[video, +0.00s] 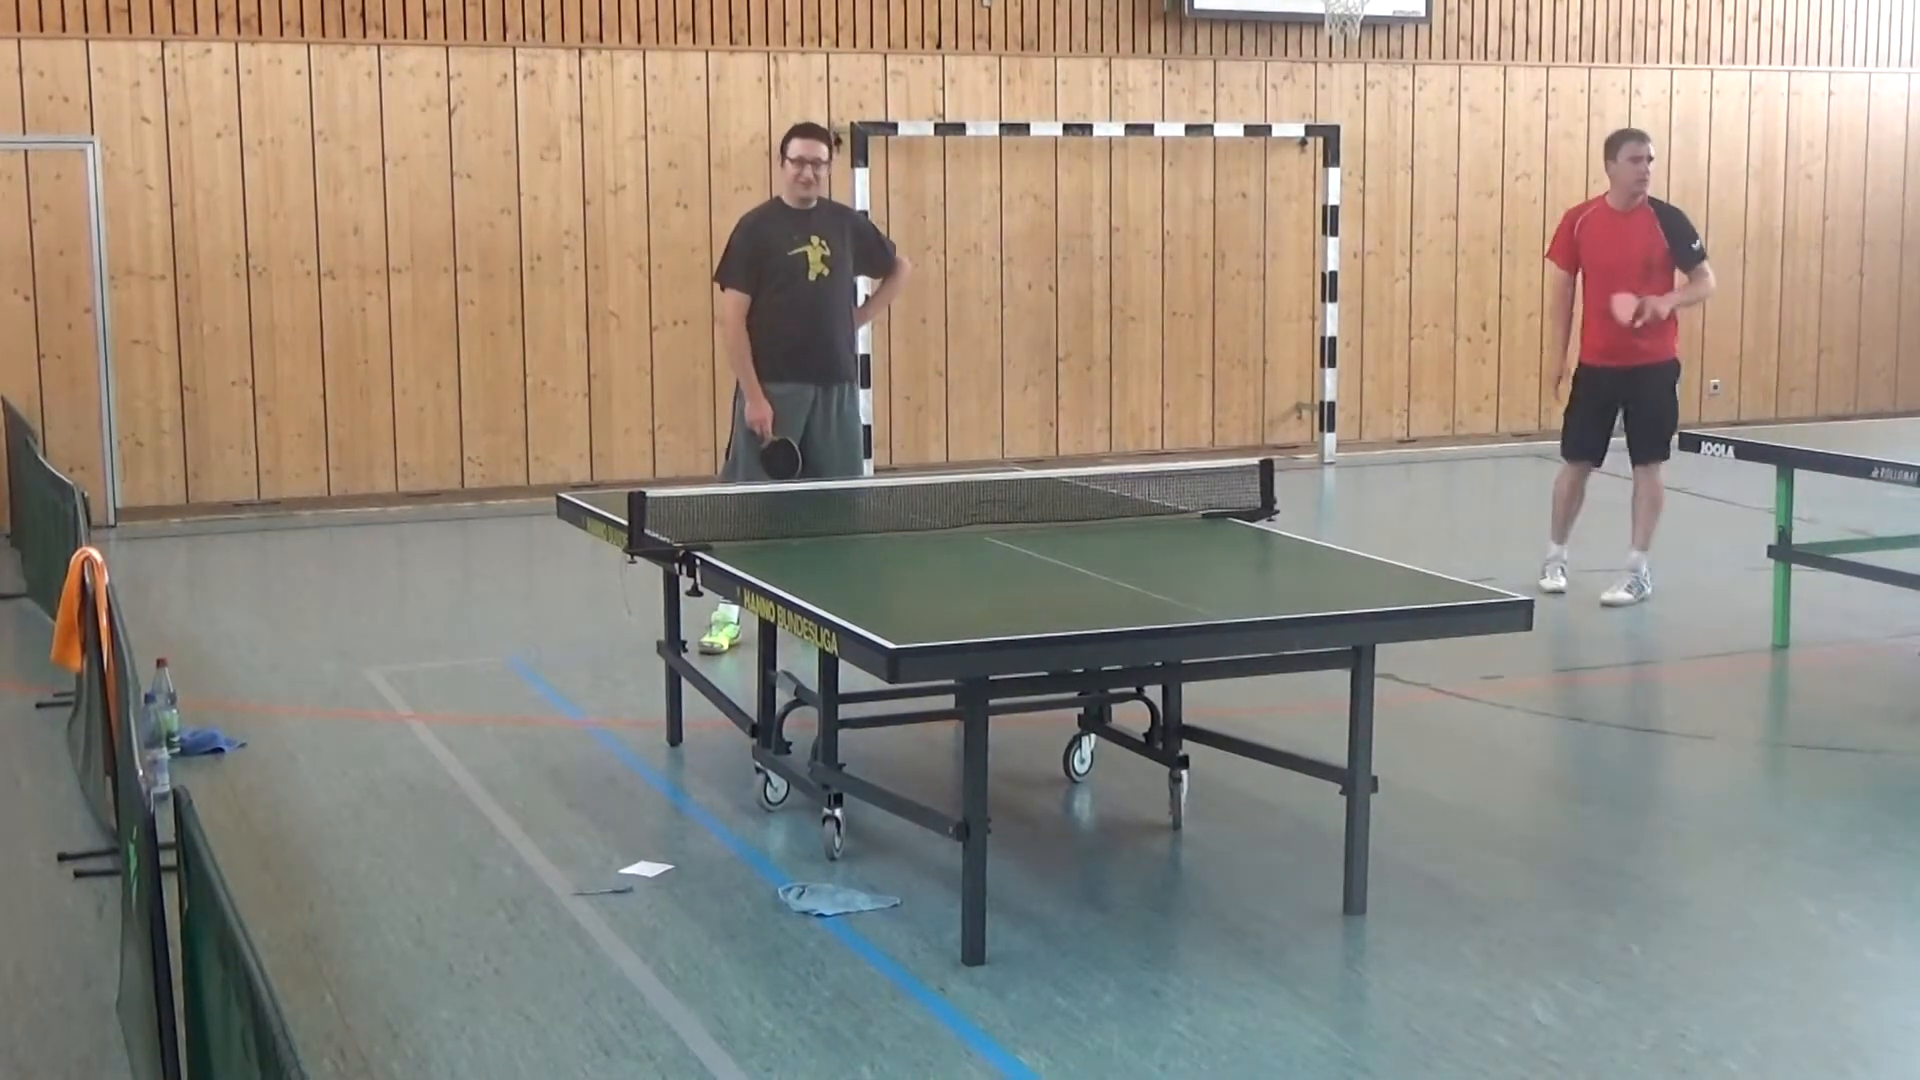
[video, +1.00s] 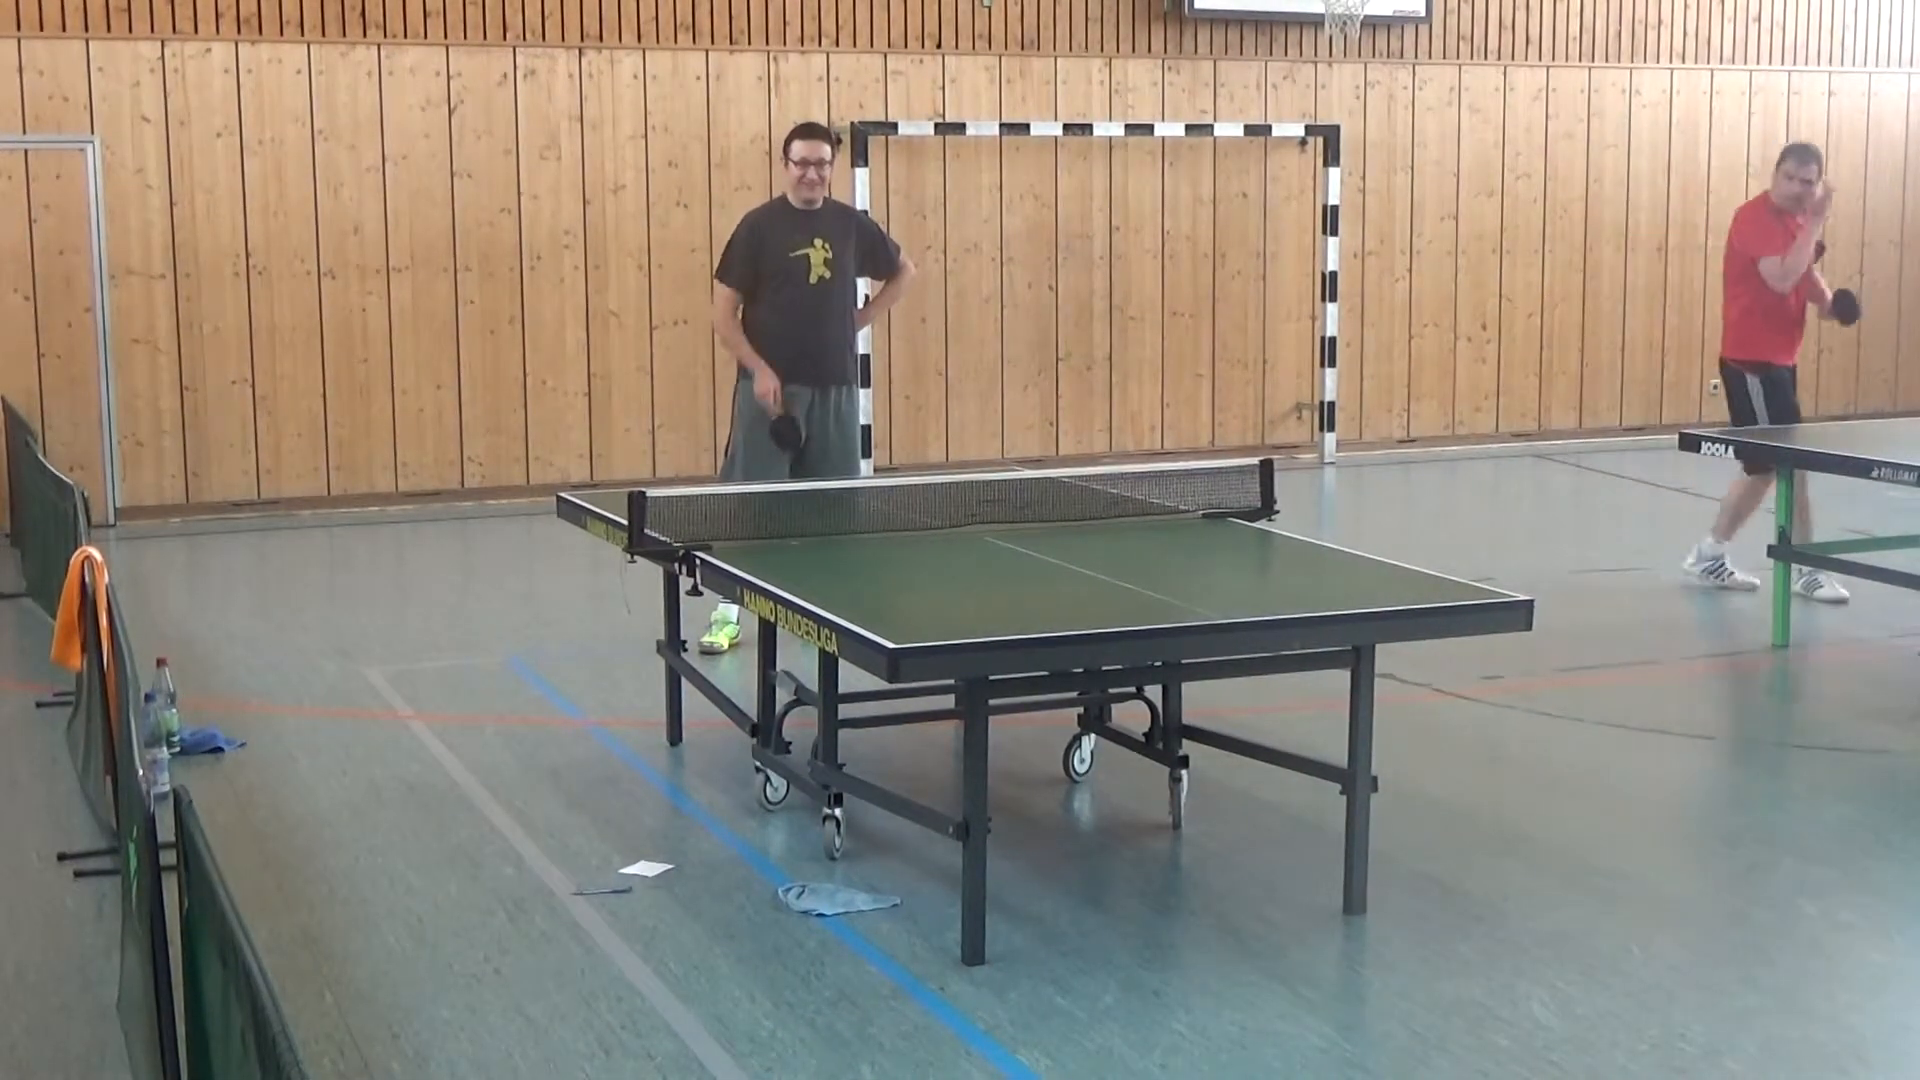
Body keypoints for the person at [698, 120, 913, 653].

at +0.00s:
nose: (808, 171)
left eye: (817, 163)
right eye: (799, 162)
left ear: (829, 168)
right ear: (781, 164)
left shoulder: (848, 223)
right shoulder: (754, 228)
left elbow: (898, 269)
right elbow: (731, 319)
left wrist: (861, 316)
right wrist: (753, 395)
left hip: (836, 391)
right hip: (769, 392)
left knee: (843, 508)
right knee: (747, 506)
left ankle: (843, 613)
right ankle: (729, 609)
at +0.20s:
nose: (808, 173)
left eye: (818, 164)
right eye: (799, 163)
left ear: (830, 168)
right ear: (782, 165)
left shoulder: (851, 224)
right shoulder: (754, 228)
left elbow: (900, 268)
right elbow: (731, 318)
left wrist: (864, 315)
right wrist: (750, 393)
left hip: (835, 392)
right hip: (768, 392)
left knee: (841, 510)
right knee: (745, 506)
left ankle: (842, 613)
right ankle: (729, 608)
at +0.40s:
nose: (809, 173)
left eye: (818, 164)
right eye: (799, 164)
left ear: (830, 168)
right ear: (783, 166)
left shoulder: (852, 225)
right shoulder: (755, 228)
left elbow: (901, 270)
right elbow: (731, 317)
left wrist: (866, 315)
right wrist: (750, 392)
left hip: (835, 392)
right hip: (768, 392)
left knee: (842, 510)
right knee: (745, 506)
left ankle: (841, 614)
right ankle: (728, 608)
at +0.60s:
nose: (811, 173)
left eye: (820, 165)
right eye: (801, 164)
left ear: (832, 168)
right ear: (784, 165)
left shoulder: (852, 225)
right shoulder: (756, 227)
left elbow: (902, 270)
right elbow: (731, 315)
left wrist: (866, 315)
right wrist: (749, 393)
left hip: (835, 392)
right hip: (768, 392)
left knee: (839, 510)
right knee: (744, 505)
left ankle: (837, 614)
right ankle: (728, 609)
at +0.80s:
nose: (813, 173)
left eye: (822, 164)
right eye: (804, 163)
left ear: (833, 168)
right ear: (786, 165)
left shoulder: (853, 225)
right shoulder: (756, 227)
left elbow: (903, 271)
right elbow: (731, 315)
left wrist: (866, 315)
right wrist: (749, 392)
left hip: (835, 391)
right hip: (768, 392)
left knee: (838, 510)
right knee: (744, 505)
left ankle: (837, 614)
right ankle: (728, 609)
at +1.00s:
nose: (812, 173)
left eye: (821, 164)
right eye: (802, 163)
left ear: (832, 167)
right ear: (786, 165)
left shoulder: (853, 225)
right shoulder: (756, 227)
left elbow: (903, 271)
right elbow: (723, 317)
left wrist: (865, 315)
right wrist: (759, 368)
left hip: (835, 391)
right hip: (766, 390)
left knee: (836, 509)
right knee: (748, 504)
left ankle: (834, 614)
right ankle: (729, 609)